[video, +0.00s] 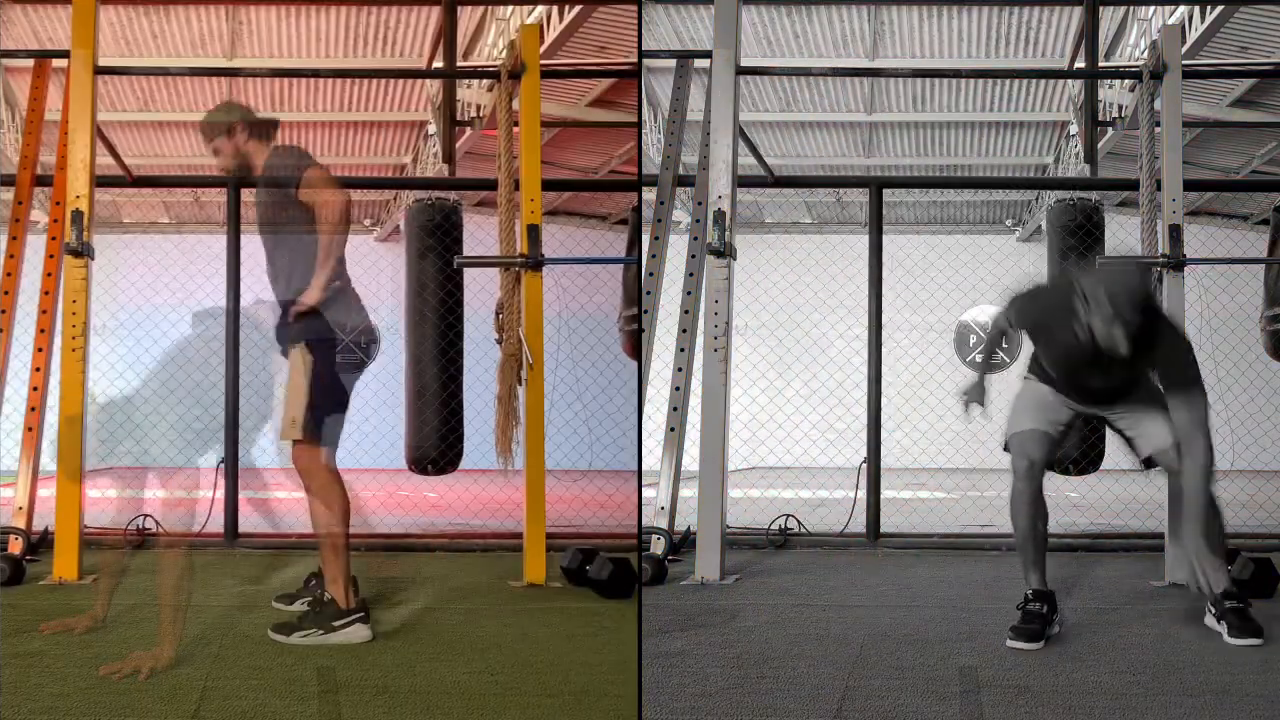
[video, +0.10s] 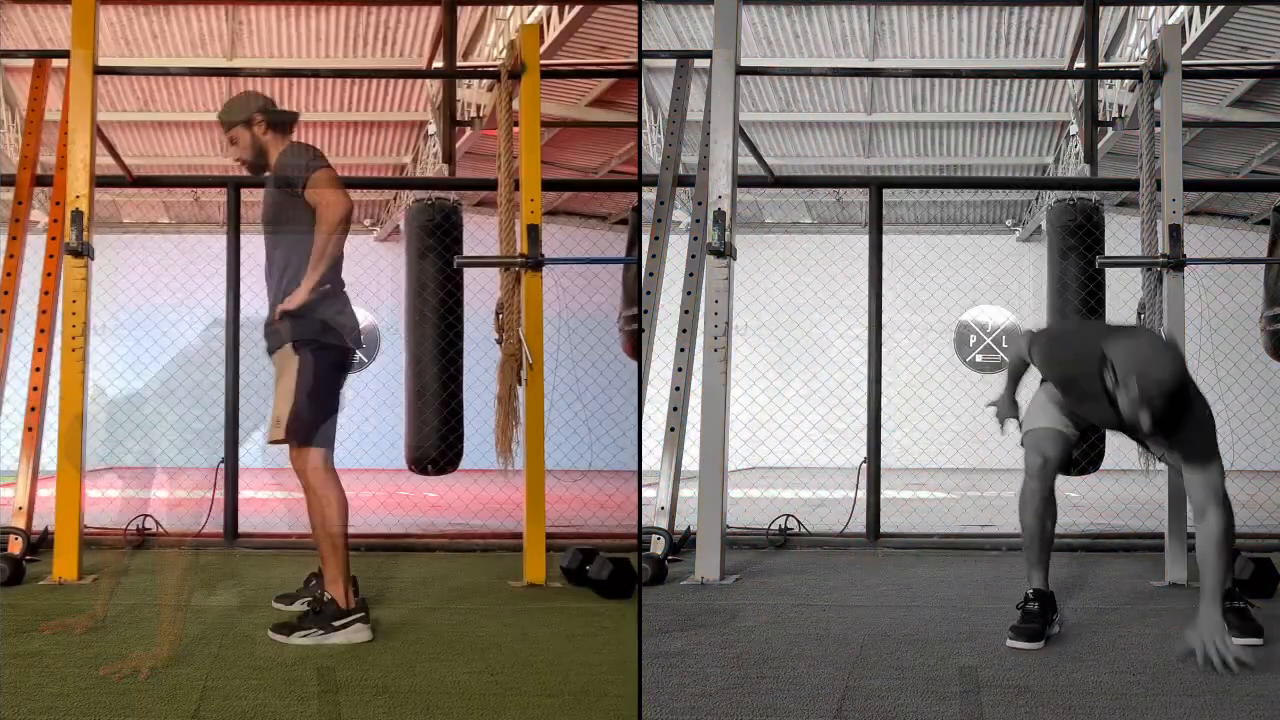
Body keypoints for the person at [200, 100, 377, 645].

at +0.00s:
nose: (216, 159)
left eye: (216, 148)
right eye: (212, 150)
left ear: (239, 134)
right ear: (240, 134)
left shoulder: (284, 160)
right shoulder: (274, 172)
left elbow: (334, 202)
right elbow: (328, 213)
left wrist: (317, 284)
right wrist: (299, 300)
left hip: (325, 332)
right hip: (314, 330)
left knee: (308, 454)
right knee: (310, 456)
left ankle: (342, 605)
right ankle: (333, 580)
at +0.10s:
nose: (231, 150)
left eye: (233, 138)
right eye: (228, 141)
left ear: (258, 126)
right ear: (260, 127)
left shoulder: (296, 157)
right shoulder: (289, 167)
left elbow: (336, 208)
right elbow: (330, 224)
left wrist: (308, 286)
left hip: (314, 333)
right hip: (311, 333)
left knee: (310, 459)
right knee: (310, 459)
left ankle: (342, 602)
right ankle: (331, 580)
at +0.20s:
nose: (242, 147)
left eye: (244, 135)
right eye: (239, 138)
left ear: (270, 124)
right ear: (271, 126)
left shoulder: (305, 159)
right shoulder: (296, 170)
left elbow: (337, 215)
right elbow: (325, 245)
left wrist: (302, 290)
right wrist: (323, 316)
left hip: (306, 338)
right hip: (304, 337)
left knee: (308, 462)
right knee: (309, 462)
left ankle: (341, 603)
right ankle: (332, 582)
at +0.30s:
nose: (246, 147)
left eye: (248, 135)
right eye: (243, 138)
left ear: (274, 124)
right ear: (276, 126)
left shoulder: (309, 160)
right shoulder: (299, 171)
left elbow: (339, 219)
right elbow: (330, 250)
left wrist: (299, 291)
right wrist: (322, 318)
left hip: (302, 340)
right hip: (300, 339)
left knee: (309, 465)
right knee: (309, 464)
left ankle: (341, 603)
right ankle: (331, 582)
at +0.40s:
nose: (243, 150)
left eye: (245, 138)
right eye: (239, 141)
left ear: (270, 125)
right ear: (270, 127)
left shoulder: (305, 159)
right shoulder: (296, 171)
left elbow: (338, 217)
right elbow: (333, 251)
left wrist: (301, 290)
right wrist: (323, 316)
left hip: (305, 340)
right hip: (303, 339)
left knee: (308, 464)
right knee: (309, 463)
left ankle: (341, 603)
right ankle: (332, 582)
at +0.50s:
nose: (230, 158)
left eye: (231, 146)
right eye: (224, 150)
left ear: (256, 129)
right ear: (255, 132)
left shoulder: (293, 159)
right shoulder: (285, 174)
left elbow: (334, 209)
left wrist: (310, 288)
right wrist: (301, 298)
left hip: (317, 340)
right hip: (312, 340)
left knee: (311, 462)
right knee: (310, 462)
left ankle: (342, 603)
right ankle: (332, 582)